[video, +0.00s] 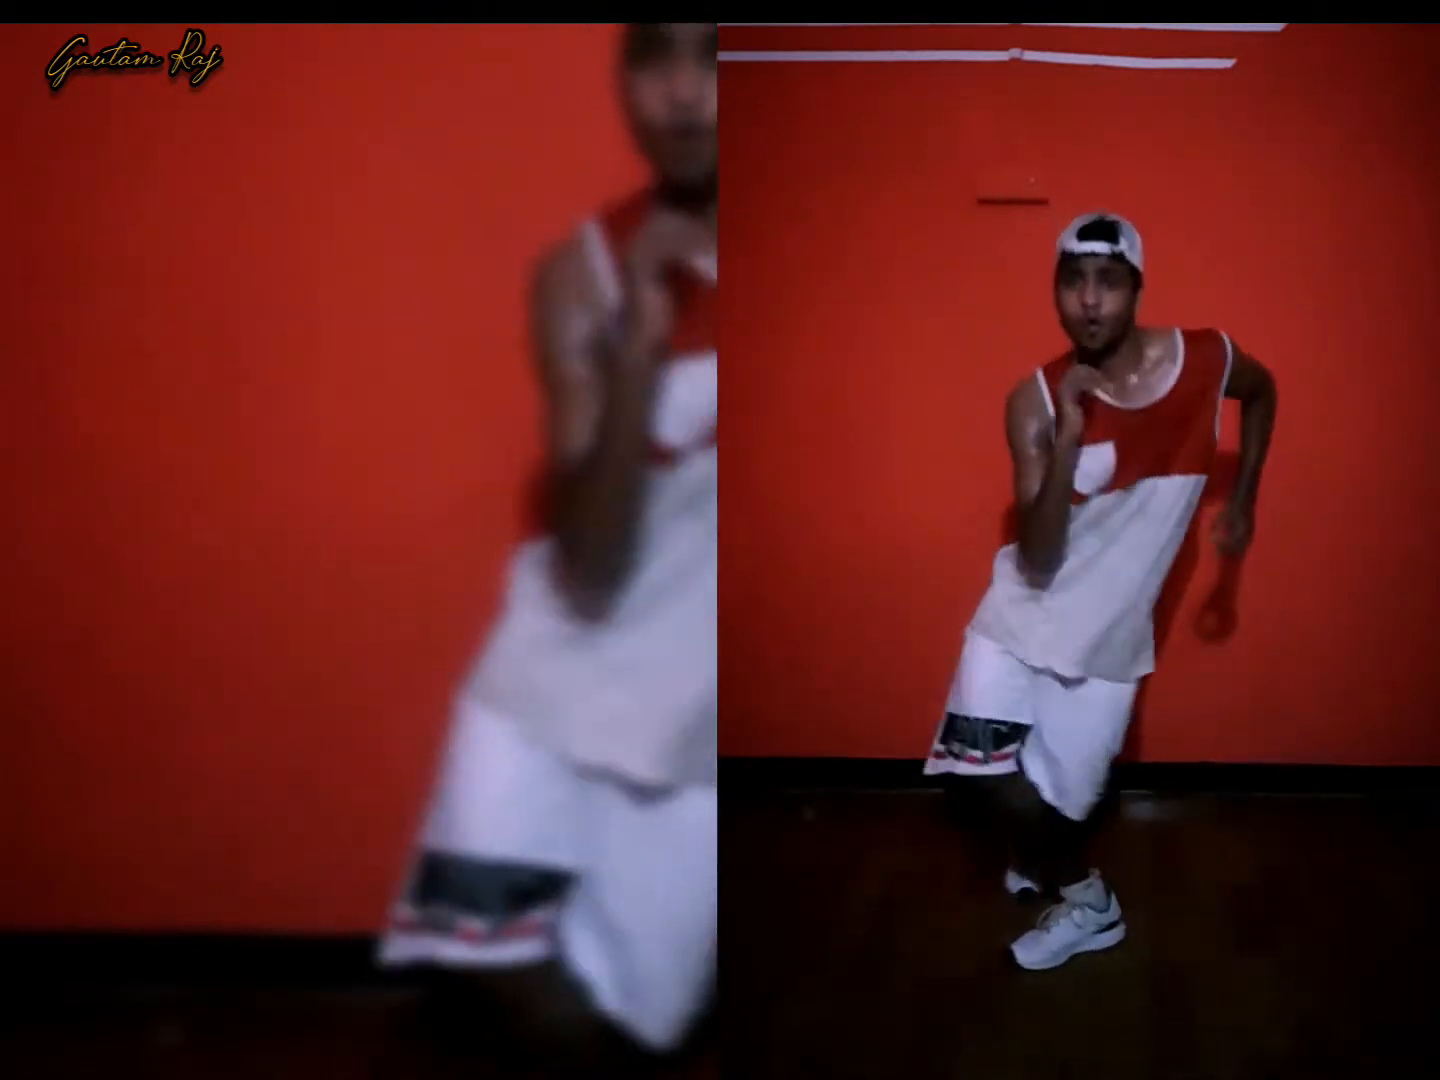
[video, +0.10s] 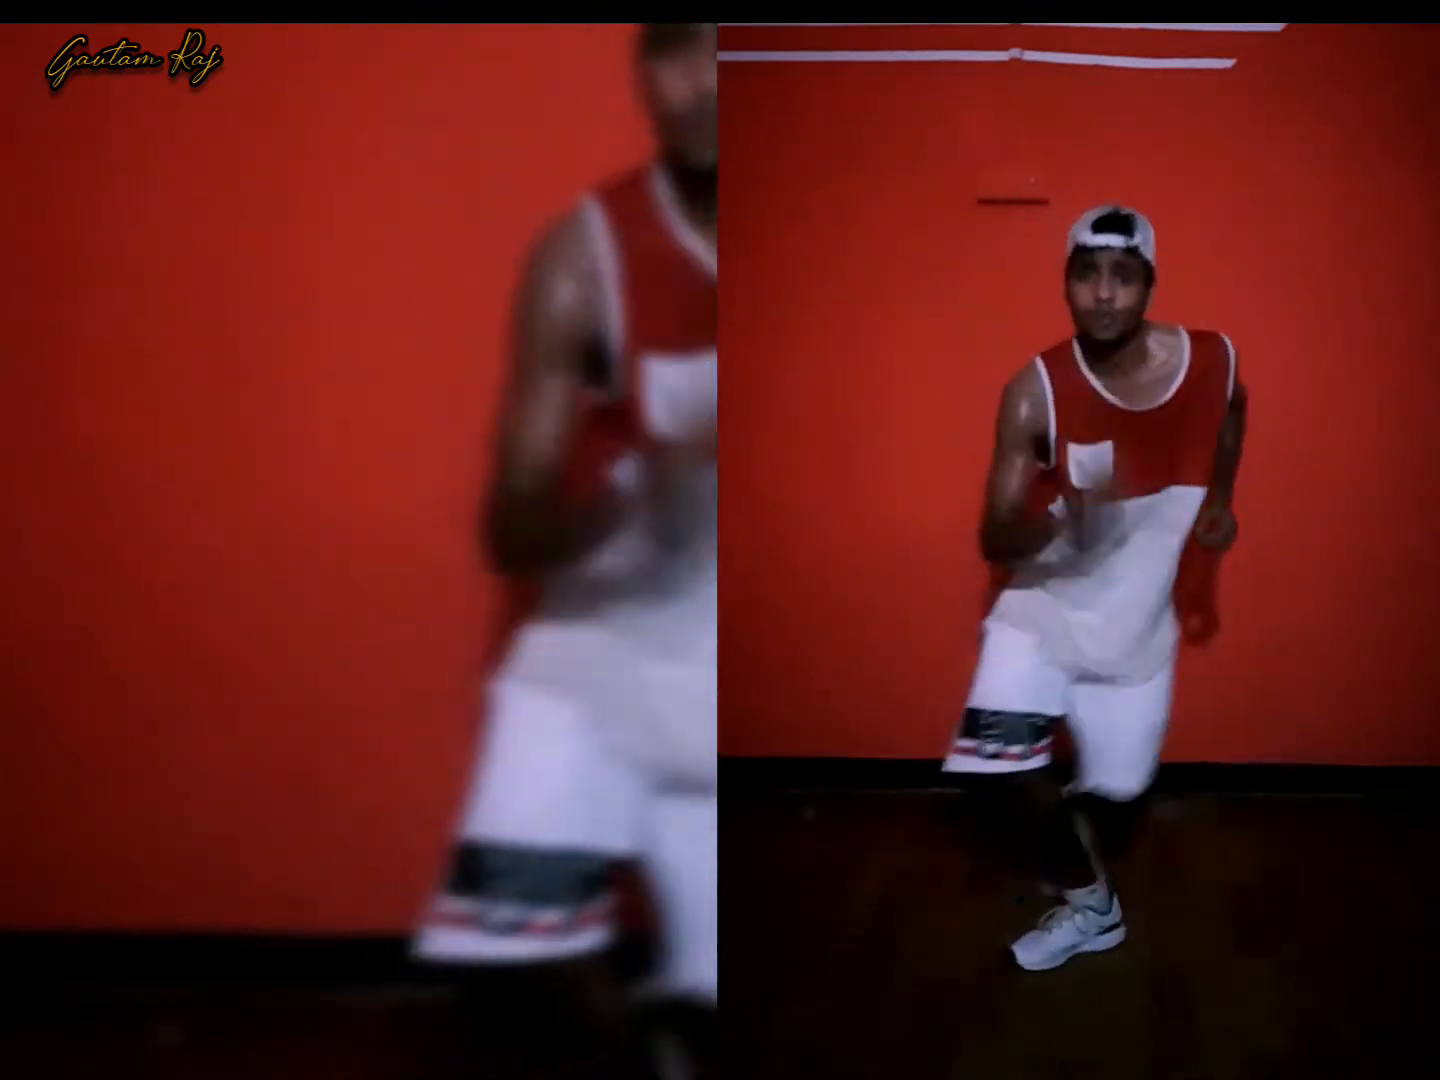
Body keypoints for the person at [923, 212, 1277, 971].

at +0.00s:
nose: (1089, 302)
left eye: (1107, 284)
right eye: (1074, 284)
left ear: (1138, 293)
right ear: (1058, 295)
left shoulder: (1202, 359)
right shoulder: (1037, 401)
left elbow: (1260, 390)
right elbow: (1039, 556)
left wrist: (1242, 499)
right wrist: (1066, 445)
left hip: (1113, 628)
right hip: (1023, 606)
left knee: (1064, 800)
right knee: (979, 757)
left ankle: (1034, 863)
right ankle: (1087, 899)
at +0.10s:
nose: (1104, 295)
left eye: (1123, 278)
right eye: (1089, 277)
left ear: (1151, 289)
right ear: (1068, 287)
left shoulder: (1209, 364)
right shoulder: (1036, 391)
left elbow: (1230, 421)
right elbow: (997, 538)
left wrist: (1218, 502)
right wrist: (1050, 516)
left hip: (1137, 625)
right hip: (1041, 613)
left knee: (1116, 796)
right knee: (1000, 763)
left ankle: (1077, 882)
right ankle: (1089, 904)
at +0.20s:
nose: (1123, 271)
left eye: (1140, 253)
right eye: (1106, 253)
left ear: (1165, 264)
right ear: (1081, 266)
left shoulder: (1206, 349)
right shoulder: (1044, 366)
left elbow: (1212, 435)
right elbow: (983, 487)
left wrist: (1196, 491)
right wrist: (1031, 576)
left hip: (1175, 573)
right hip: (1077, 577)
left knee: (1182, 737)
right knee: (1049, 753)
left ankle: (1137, 841)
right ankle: (1091, 899)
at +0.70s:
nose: (1135, 281)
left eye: (1152, 263)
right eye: (1116, 263)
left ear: (1174, 274)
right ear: (1093, 278)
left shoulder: (1241, 360)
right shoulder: (1061, 377)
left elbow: (1271, 433)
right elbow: (1024, 476)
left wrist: (1263, 507)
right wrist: (1023, 532)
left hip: (1203, 578)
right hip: (1102, 576)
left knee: (1174, 747)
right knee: (1073, 753)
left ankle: (1166, 850)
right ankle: (1100, 898)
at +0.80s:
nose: (1163, 268)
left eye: (1180, 250)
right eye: (1144, 250)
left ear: (1203, 264)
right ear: (1117, 264)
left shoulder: (1250, 358)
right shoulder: (1069, 361)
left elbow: (1288, 492)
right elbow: (1034, 444)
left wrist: (1287, 459)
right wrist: (1051, 544)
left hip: (1230, 587)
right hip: (1126, 580)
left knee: (1250, 762)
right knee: (1100, 763)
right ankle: (1109, 902)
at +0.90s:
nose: (1185, 261)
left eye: (1203, 243)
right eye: (1168, 243)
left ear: (1227, 257)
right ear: (1143, 257)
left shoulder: (1292, 345)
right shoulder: (1111, 356)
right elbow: (1058, 416)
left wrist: (1328, 480)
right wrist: (1064, 486)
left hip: (1244, 582)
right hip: (1136, 577)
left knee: (1285, 758)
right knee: (1107, 758)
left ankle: (1295, 915)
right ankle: (1094, 902)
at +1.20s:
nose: (1274, 257)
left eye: (1291, 240)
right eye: (1256, 239)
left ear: (1312, 257)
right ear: (1225, 256)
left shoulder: (1361, 355)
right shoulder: (1172, 351)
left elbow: (1392, 433)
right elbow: (1103, 426)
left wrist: (1405, 499)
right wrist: (1092, 535)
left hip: (1316, 595)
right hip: (1212, 597)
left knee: (1331, 760)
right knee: (1199, 777)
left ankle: (1261, 910)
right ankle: (1166, 821)